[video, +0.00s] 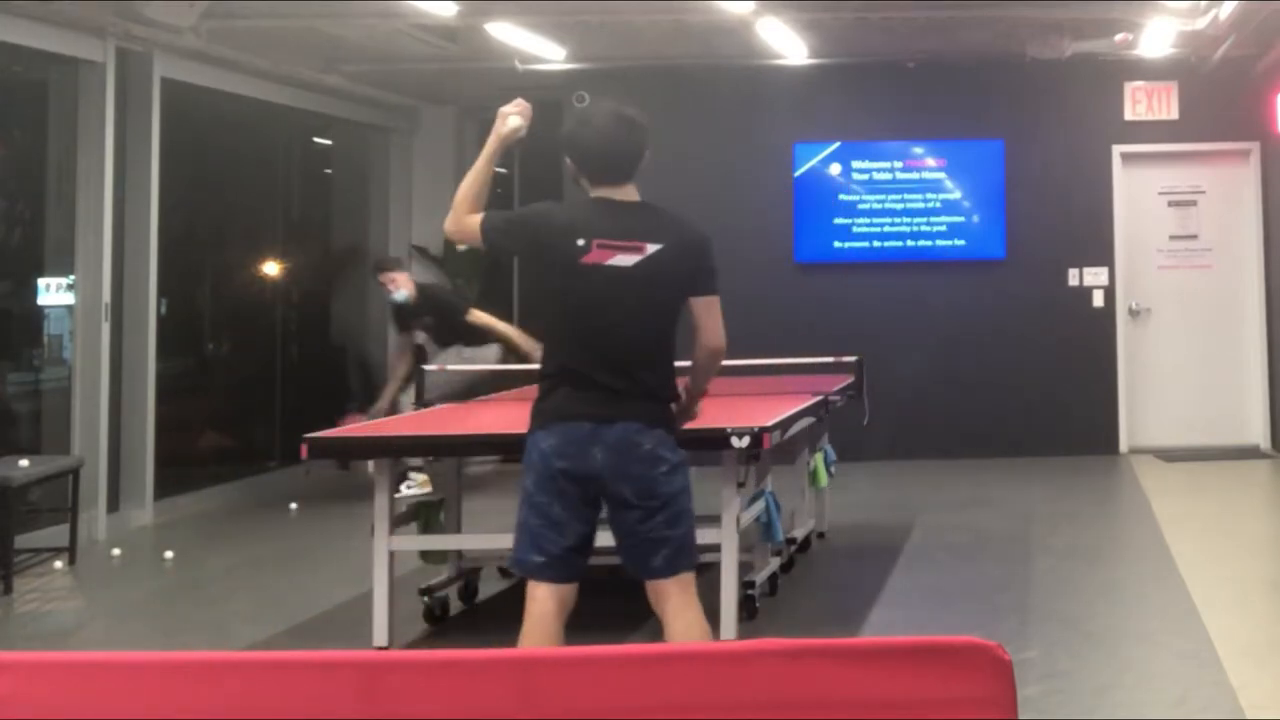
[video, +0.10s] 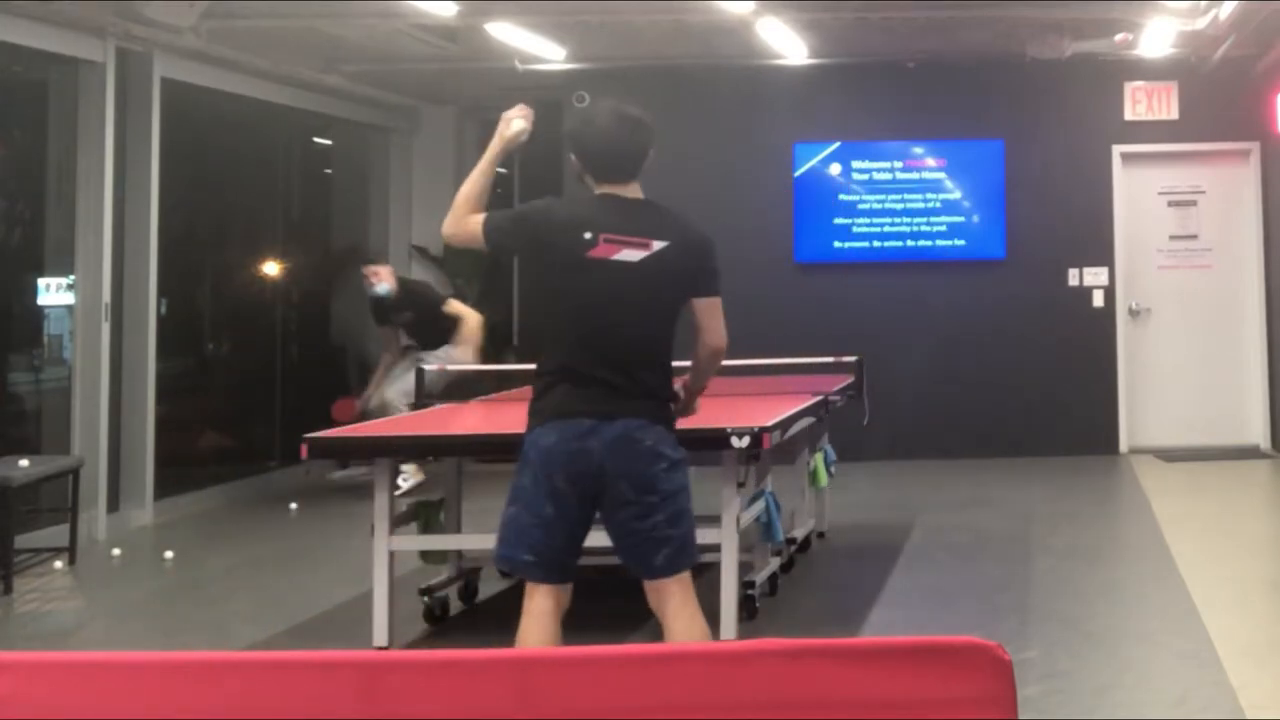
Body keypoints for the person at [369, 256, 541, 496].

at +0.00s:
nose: (391, 289)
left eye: (394, 281)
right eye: (385, 285)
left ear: (407, 275)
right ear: (383, 287)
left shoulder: (434, 295)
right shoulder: (401, 309)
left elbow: (489, 322)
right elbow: (406, 356)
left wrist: (532, 348)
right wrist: (384, 402)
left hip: (483, 348)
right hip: (454, 352)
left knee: (413, 395)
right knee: (407, 396)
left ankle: (418, 473)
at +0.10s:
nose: (372, 281)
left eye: (376, 274)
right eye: (367, 277)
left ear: (390, 272)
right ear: (364, 281)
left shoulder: (416, 291)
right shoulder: (380, 304)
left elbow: (472, 317)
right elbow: (391, 350)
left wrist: (465, 352)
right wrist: (370, 393)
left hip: (450, 349)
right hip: (422, 352)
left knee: (392, 395)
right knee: (376, 402)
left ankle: (410, 467)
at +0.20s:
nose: (366, 275)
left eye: (371, 269)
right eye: (361, 271)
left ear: (383, 268)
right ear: (355, 275)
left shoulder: (402, 290)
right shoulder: (361, 299)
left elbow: (440, 321)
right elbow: (376, 346)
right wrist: (361, 382)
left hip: (426, 361)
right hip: (392, 361)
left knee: (393, 406)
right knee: (362, 411)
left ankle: (384, 474)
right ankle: (324, 470)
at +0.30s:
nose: (366, 275)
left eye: (372, 270)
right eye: (360, 270)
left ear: (382, 270)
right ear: (353, 274)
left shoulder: (398, 297)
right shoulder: (354, 303)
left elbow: (431, 341)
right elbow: (359, 344)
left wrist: (385, 341)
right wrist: (347, 382)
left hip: (409, 368)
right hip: (373, 368)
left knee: (388, 411)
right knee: (338, 419)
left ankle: (375, 473)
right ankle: (319, 472)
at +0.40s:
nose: (378, 269)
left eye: (383, 264)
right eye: (372, 264)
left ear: (392, 264)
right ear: (363, 267)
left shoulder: (411, 296)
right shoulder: (356, 296)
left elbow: (439, 334)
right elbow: (355, 339)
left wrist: (416, 361)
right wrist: (333, 377)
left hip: (405, 367)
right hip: (370, 367)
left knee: (394, 408)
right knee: (336, 420)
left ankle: (398, 473)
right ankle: (320, 472)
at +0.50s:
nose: (408, 256)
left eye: (413, 250)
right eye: (402, 250)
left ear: (422, 251)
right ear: (393, 253)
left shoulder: (436, 283)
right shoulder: (378, 282)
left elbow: (458, 307)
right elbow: (364, 321)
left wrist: (448, 346)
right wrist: (371, 349)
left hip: (420, 362)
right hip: (379, 363)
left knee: (429, 418)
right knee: (341, 418)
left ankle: (437, 467)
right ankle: (318, 472)